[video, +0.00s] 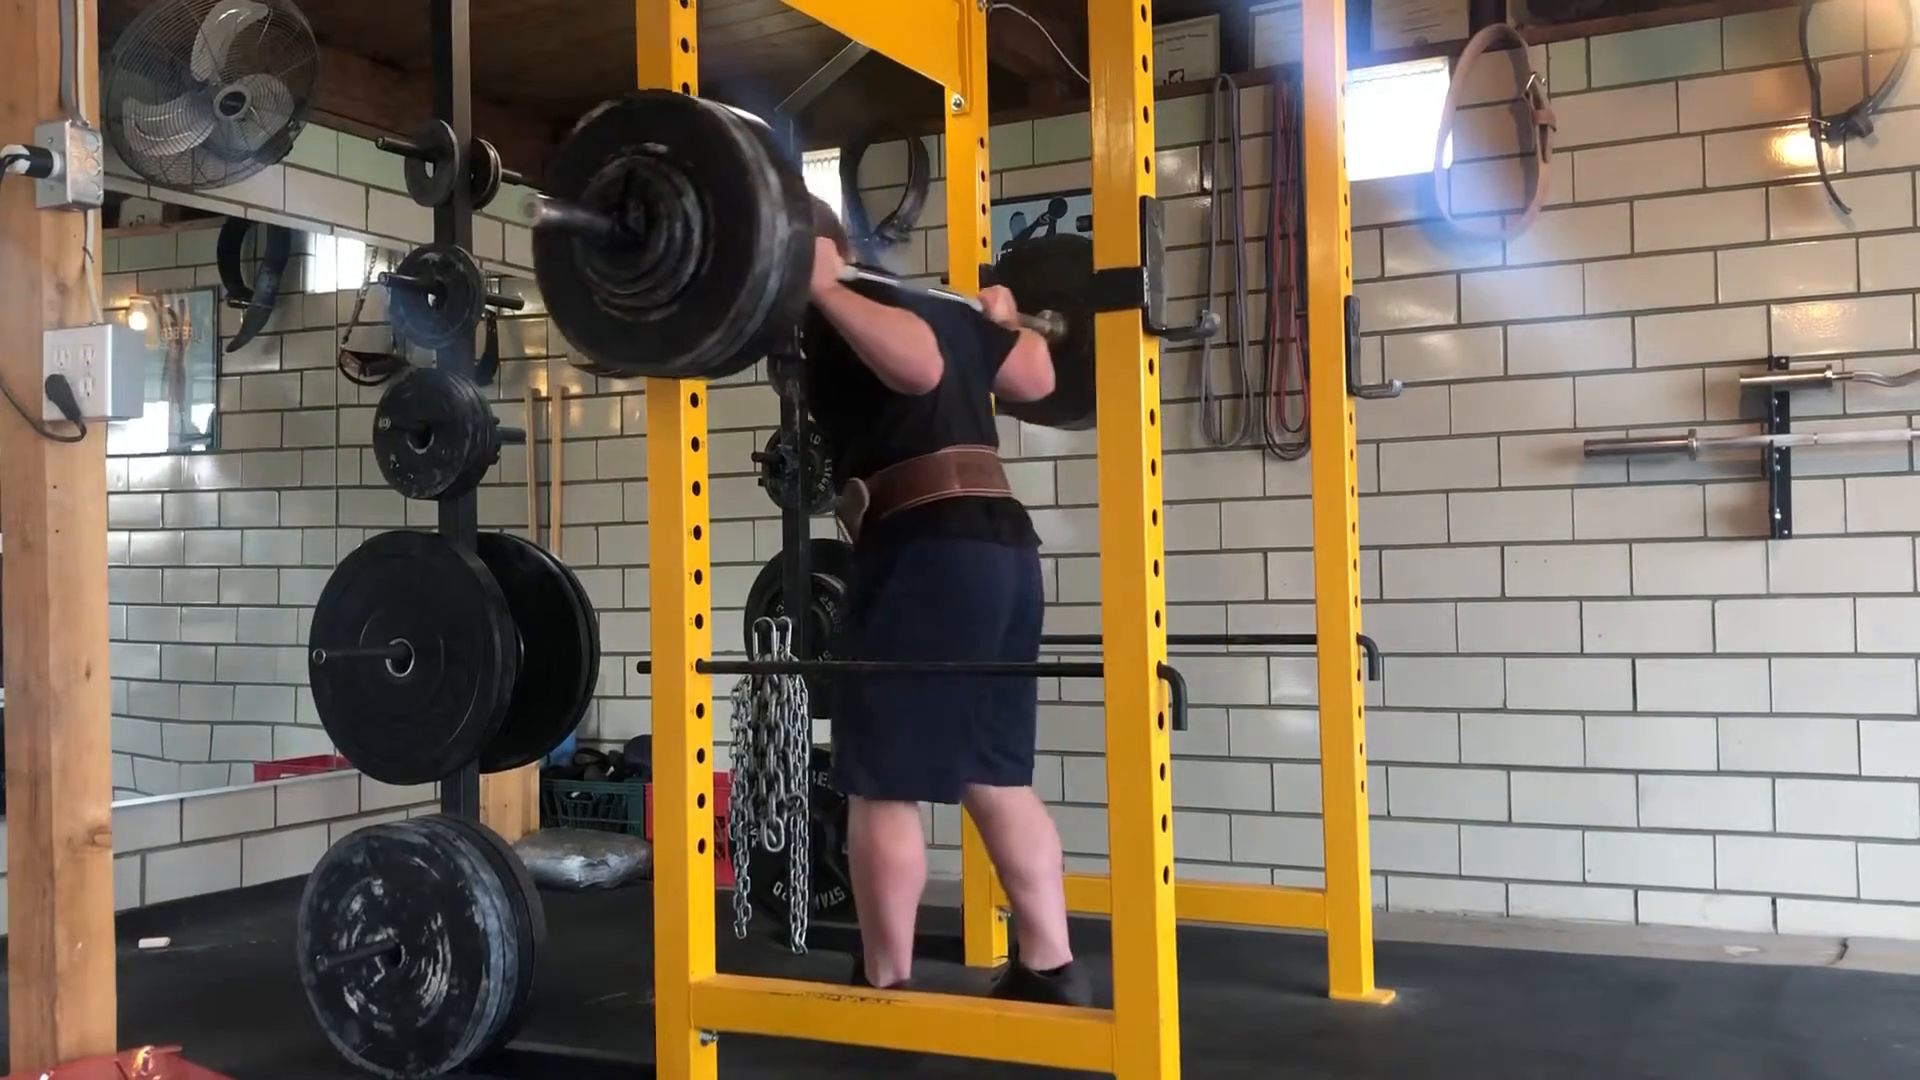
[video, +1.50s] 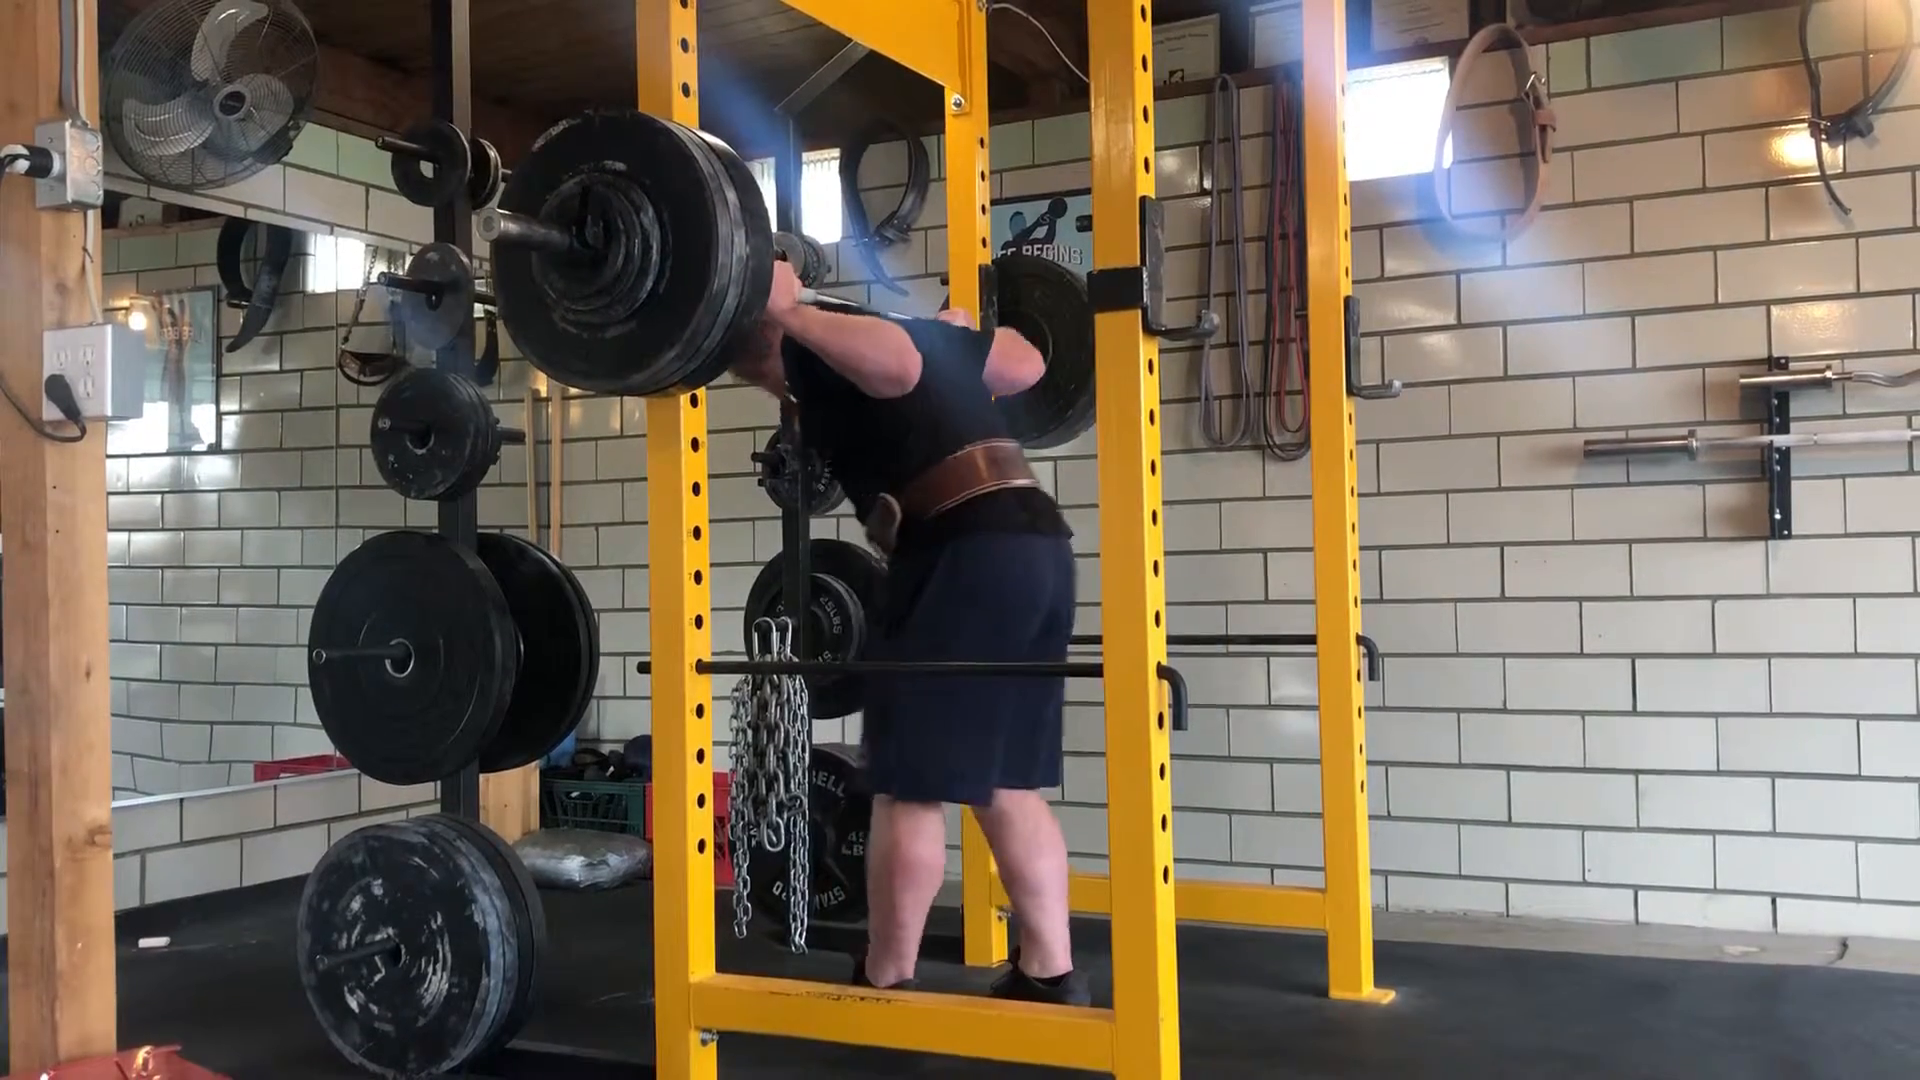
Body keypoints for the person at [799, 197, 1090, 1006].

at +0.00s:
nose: (798, 267)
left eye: (799, 252)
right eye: (797, 253)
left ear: (821, 246)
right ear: (855, 244)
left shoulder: (843, 307)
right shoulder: (947, 316)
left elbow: (924, 369)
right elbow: (1037, 377)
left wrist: (825, 288)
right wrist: (1006, 321)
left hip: (926, 553)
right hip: (1009, 554)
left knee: (882, 779)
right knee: (996, 771)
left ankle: (885, 988)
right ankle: (1049, 968)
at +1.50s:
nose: (746, 378)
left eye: (742, 364)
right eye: (740, 364)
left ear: (759, 336)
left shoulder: (815, 340)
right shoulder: (920, 332)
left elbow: (898, 363)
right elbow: (1024, 360)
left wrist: (790, 312)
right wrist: (965, 326)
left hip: (969, 551)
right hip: (1039, 545)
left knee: (909, 776)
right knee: (1008, 775)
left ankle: (885, 981)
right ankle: (1048, 973)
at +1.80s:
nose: (840, 459)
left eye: (824, 452)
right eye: (826, 457)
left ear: (817, 406)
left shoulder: (864, 367)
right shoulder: (969, 338)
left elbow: (907, 350)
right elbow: (1072, 348)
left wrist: (786, 309)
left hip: (1041, 544)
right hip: (1101, 534)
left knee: (968, 760)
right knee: (1042, 769)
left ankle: (992, 988)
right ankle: (1055, 978)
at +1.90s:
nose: (868, 462)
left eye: (849, 454)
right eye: (853, 460)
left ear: (837, 403)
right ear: (846, 389)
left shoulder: (900, 351)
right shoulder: (991, 336)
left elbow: (903, 345)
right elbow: (1089, 359)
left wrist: (787, 308)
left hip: (1067, 541)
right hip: (1109, 529)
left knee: (995, 752)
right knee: (1046, 757)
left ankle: (1077, 967)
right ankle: (1064, 953)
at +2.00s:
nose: (879, 451)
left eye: (864, 441)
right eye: (863, 446)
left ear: (859, 396)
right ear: (863, 399)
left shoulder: (936, 331)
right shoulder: (951, 371)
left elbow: (901, 364)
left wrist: (792, 306)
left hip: (1101, 539)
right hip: (1080, 543)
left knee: (1055, 763)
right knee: (1050, 762)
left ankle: (1179, 968)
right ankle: (1054, 973)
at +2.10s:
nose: (870, 422)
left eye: (862, 406)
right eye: (862, 413)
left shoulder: (976, 312)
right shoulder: (1034, 319)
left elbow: (894, 375)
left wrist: (795, 305)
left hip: (1125, 547)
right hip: (1132, 545)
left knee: (1107, 780)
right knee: (1079, 782)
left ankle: (1249, 979)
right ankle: (1053, 989)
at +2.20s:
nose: (911, 319)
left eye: (918, 305)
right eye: (905, 313)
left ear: (953, 282)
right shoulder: (1082, 299)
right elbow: (1198, 402)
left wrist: (794, 310)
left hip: (1154, 564)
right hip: (1182, 555)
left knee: (1145, 786)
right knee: (1093, 779)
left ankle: (1277, 1004)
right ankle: (1060, 978)